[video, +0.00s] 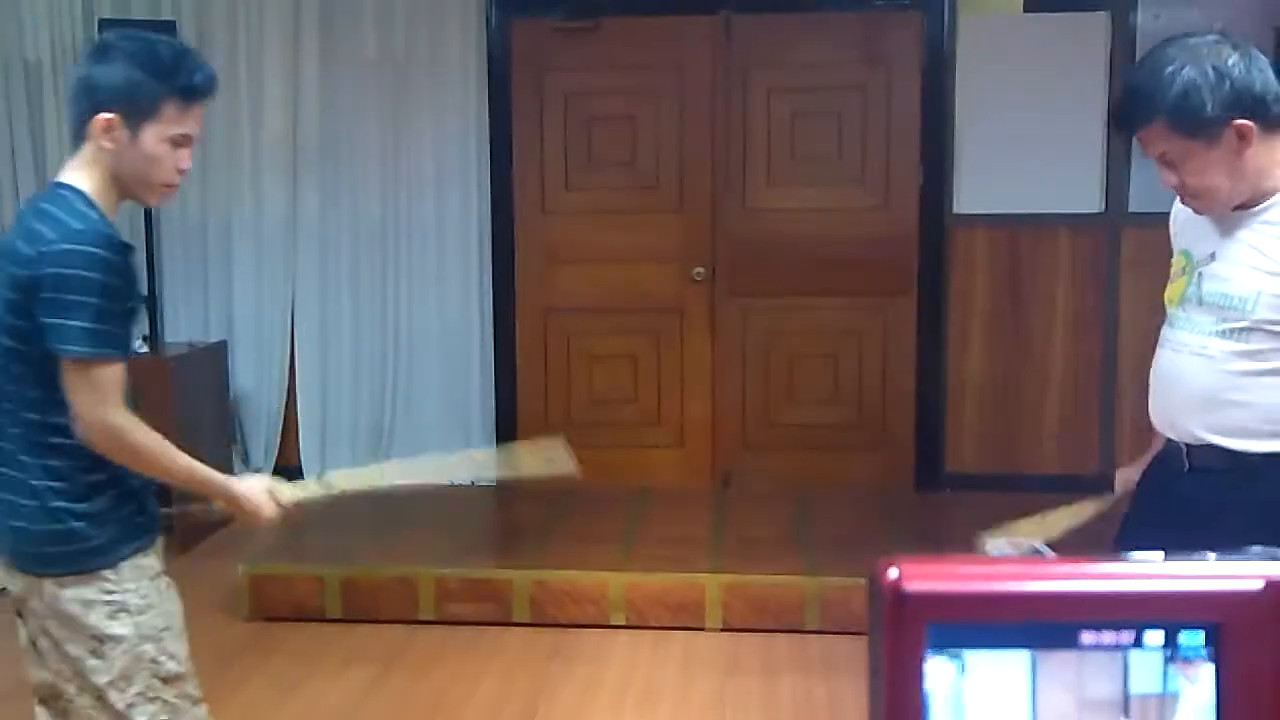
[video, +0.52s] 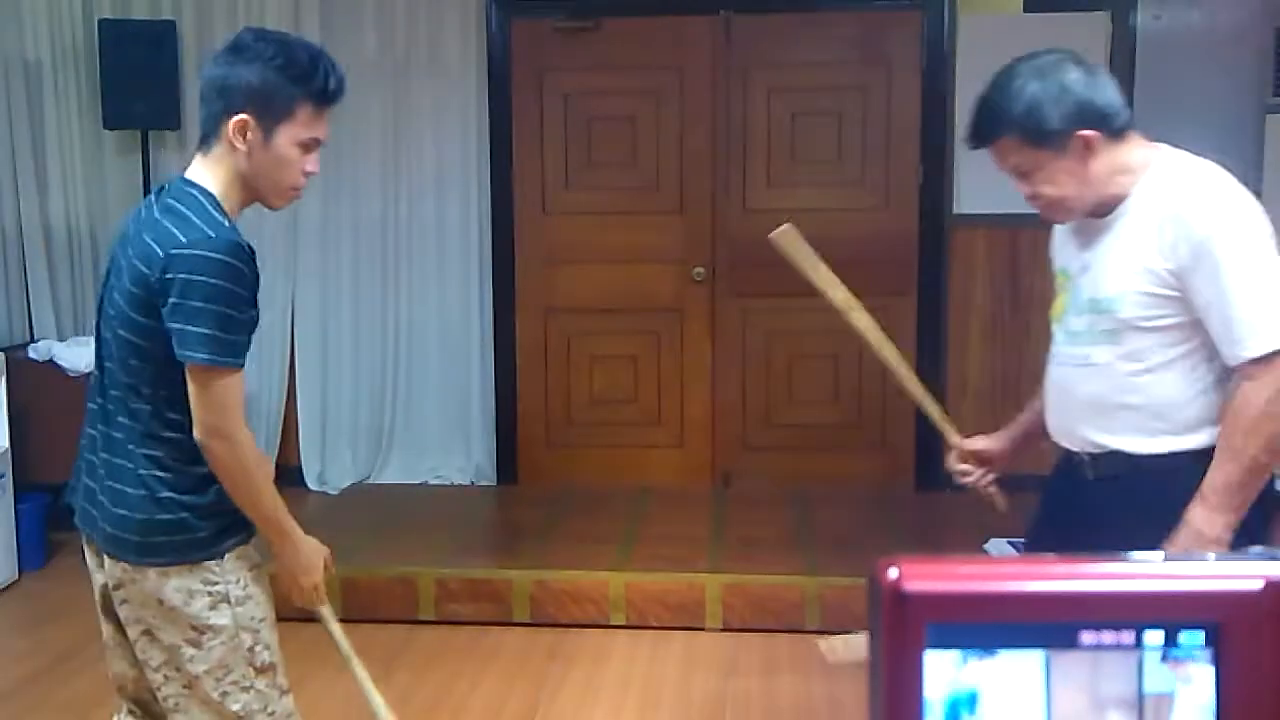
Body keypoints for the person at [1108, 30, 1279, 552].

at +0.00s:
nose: (1166, 184)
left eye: (1172, 162)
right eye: (1158, 165)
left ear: (1241, 135)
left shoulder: (1272, 225)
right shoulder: (1188, 213)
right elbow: (1195, 350)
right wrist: (1150, 461)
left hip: (1261, 485)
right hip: (1176, 476)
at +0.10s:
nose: (1154, 183)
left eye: (1159, 162)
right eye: (1145, 165)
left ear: (1227, 134)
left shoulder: (1271, 222)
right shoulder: (1176, 215)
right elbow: (1182, 355)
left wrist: (1267, 515)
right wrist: (1138, 469)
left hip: (1255, 485)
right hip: (1165, 476)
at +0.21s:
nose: (1128, 184)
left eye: (1135, 165)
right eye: (1120, 167)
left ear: (1202, 139)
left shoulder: (1271, 211)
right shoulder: (1162, 206)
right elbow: (1159, 346)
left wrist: (1237, 510)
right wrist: (1118, 457)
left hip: (1241, 487)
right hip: (1146, 477)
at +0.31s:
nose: (1096, 184)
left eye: (1104, 166)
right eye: (1090, 167)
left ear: (1166, 140)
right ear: (1165, 142)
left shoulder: (1265, 212)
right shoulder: (1138, 203)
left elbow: (1277, 402)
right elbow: (1143, 354)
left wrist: (1204, 511)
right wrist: (1081, 449)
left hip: (1221, 492)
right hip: (1121, 482)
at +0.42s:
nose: (1059, 186)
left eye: (1065, 167)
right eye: (1050, 170)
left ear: (1126, 139)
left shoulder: (1242, 212)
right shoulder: (1105, 212)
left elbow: (1278, 383)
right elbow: (1112, 359)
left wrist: (1194, 511)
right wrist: (1037, 436)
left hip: (1197, 496)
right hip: (1095, 487)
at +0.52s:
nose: (1026, 195)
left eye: (1030, 176)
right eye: (1017, 180)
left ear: (1086, 145)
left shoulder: (1207, 209)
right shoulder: (1075, 219)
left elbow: (1268, 377)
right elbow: (1085, 363)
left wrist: (1207, 527)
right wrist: (1010, 443)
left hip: (1174, 493)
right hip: (1074, 488)